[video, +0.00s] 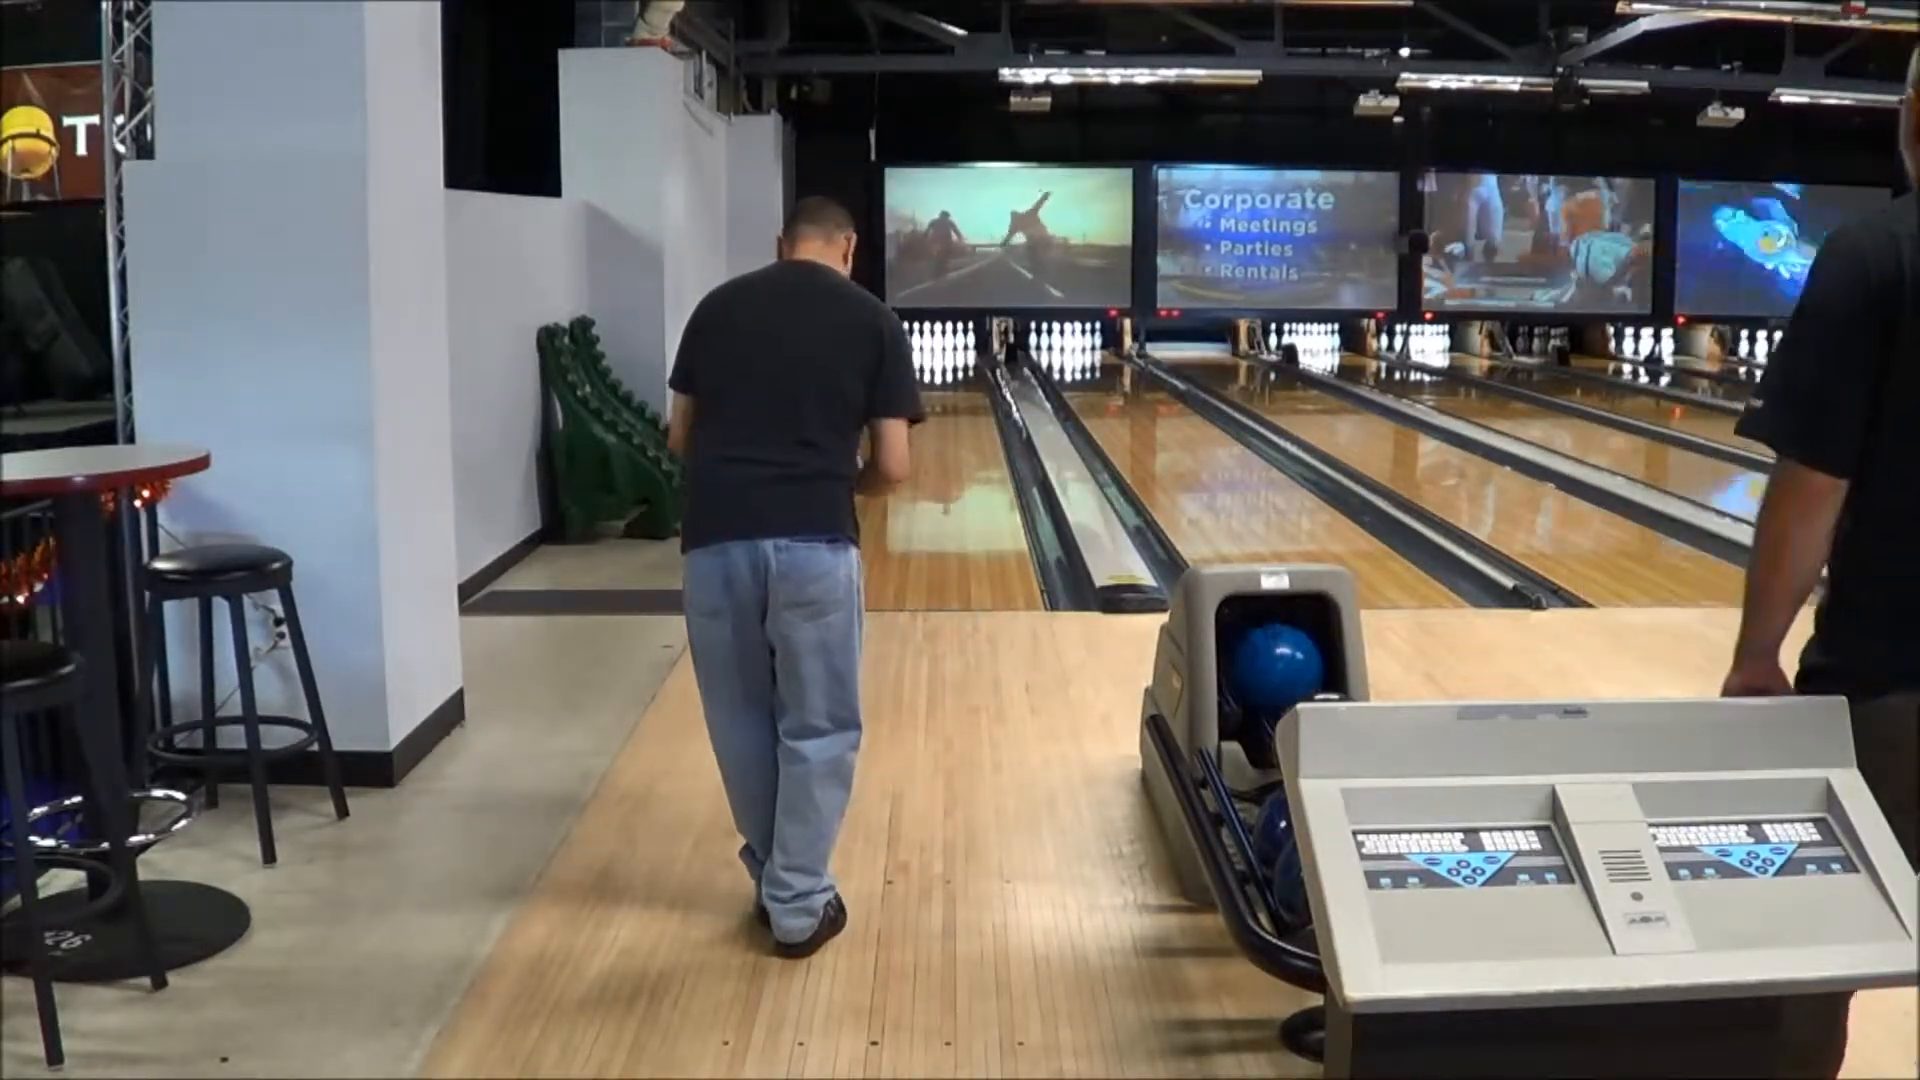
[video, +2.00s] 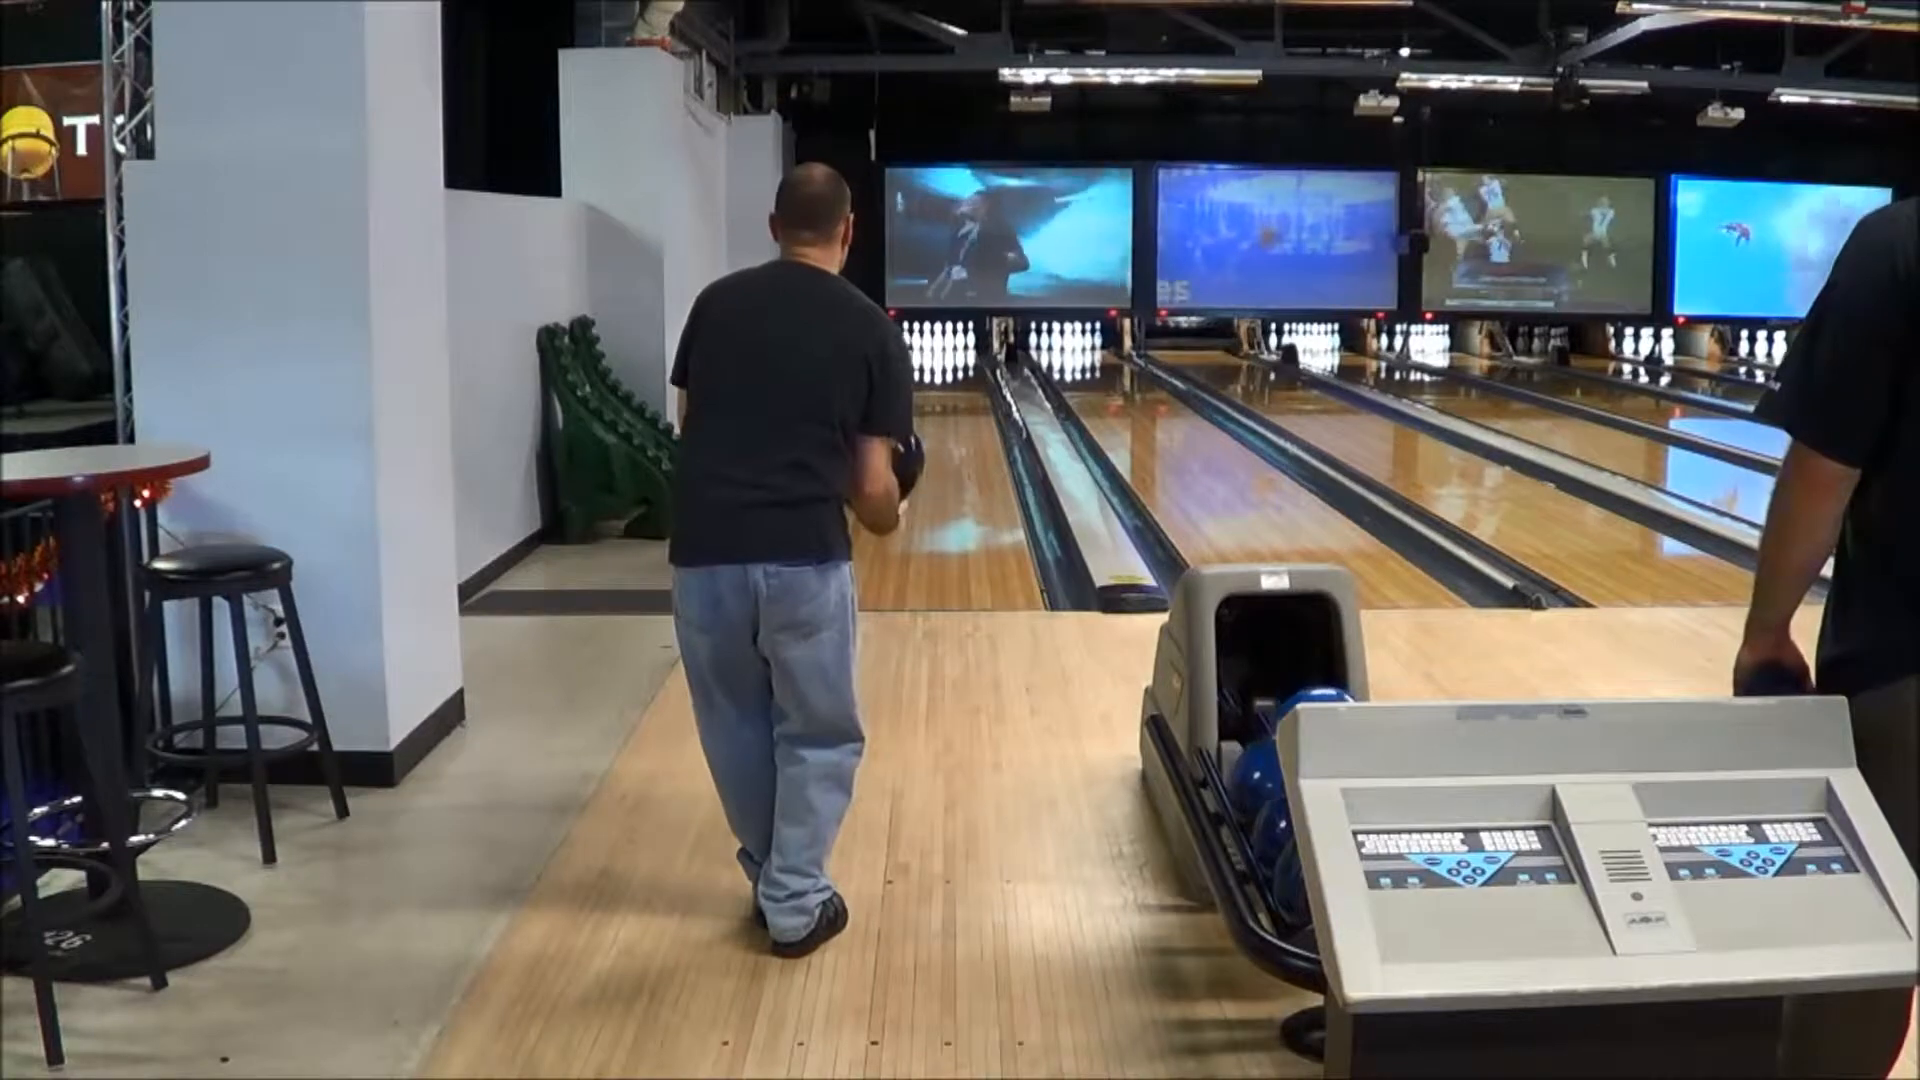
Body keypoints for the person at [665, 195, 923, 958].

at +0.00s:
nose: (847, 261)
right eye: (851, 250)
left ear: (780, 244)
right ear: (849, 249)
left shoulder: (718, 304)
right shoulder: (870, 318)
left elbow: (679, 435)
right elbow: (893, 467)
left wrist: (733, 455)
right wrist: (842, 472)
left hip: (715, 544)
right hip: (814, 542)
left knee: (738, 718)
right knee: (819, 724)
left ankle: (771, 872)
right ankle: (795, 906)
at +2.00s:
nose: (848, 236)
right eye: (852, 225)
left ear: (772, 227)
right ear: (849, 230)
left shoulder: (716, 302)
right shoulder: (867, 327)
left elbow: (686, 421)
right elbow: (871, 485)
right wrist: (887, 517)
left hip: (704, 556)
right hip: (805, 556)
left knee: (734, 723)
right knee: (819, 734)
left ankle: (768, 873)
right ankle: (792, 904)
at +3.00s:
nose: (855, 235)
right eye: (857, 224)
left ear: (774, 226)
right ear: (852, 229)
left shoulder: (718, 302)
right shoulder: (872, 328)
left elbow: (688, 427)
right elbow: (875, 489)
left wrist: (726, 491)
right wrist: (877, 538)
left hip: (703, 556)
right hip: (806, 558)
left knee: (734, 724)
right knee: (819, 736)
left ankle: (767, 870)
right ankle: (793, 903)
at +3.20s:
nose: (855, 234)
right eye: (857, 223)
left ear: (775, 226)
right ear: (853, 228)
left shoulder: (719, 300)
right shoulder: (871, 327)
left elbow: (689, 423)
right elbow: (875, 485)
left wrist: (727, 488)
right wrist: (876, 537)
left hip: (702, 551)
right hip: (804, 552)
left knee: (734, 721)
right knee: (817, 734)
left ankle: (767, 869)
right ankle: (793, 904)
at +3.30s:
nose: (855, 234)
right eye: (857, 223)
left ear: (775, 226)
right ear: (852, 228)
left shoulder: (718, 299)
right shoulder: (871, 327)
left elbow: (688, 421)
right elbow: (873, 484)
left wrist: (726, 486)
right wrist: (875, 536)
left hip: (701, 549)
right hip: (801, 551)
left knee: (734, 721)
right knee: (816, 732)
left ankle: (767, 868)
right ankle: (793, 904)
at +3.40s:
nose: (854, 234)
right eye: (856, 223)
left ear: (775, 226)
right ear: (851, 228)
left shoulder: (718, 298)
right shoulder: (869, 327)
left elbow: (688, 421)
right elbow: (870, 484)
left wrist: (724, 487)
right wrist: (874, 536)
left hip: (698, 547)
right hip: (798, 549)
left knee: (734, 722)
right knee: (815, 731)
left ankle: (767, 867)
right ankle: (793, 904)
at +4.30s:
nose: (849, 246)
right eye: (853, 237)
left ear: (780, 236)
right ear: (850, 241)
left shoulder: (721, 302)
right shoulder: (866, 336)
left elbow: (686, 418)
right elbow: (856, 481)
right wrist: (865, 542)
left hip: (693, 536)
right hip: (790, 536)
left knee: (729, 705)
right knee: (819, 701)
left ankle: (771, 876)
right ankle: (830, 855)